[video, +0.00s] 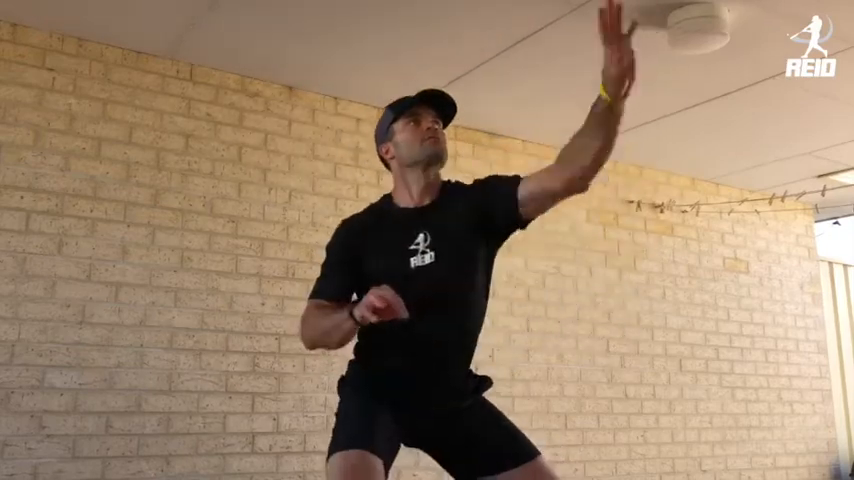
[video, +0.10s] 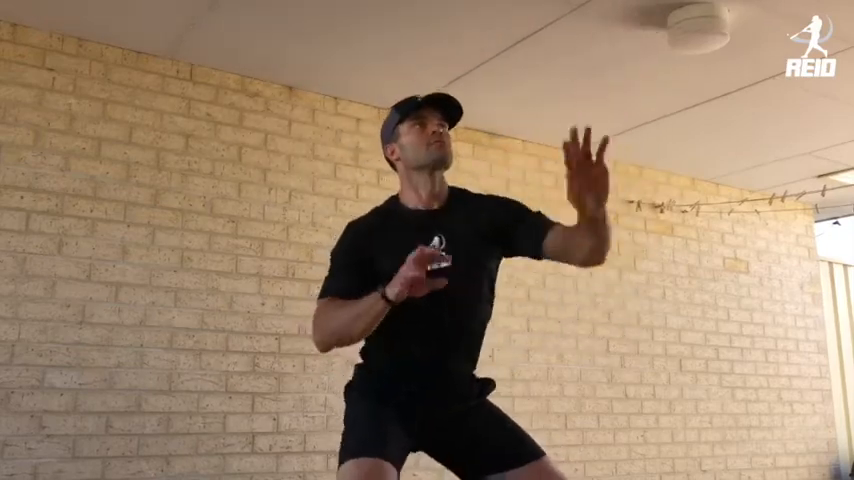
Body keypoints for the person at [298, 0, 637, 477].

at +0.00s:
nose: (432, 124)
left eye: (437, 120)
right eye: (413, 120)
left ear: (446, 142)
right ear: (386, 150)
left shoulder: (480, 205)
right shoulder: (357, 233)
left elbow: (569, 175)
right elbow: (313, 331)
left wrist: (612, 95)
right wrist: (354, 315)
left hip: (452, 395)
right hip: (375, 393)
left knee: (540, 476)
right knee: (354, 473)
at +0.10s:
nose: (438, 129)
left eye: (443, 124)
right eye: (420, 124)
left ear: (451, 143)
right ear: (393, 153)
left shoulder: (489, 216)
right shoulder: (365, 234)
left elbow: (588, 251)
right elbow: (324, 333)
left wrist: (592, 211)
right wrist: (390, 293)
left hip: (456, 398)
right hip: (382, 397)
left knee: (546, 476)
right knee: (366, 475)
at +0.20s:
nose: (444, 142)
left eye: (449, 138)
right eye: (426, 138)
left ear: (458, 156)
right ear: (399, 165)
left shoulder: (493, 232)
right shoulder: (382, 248)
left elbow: (560, 304)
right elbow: (368, 348)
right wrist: (437, 278)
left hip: (466, 407)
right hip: (395, 405)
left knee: (554, 475)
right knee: (385, 473)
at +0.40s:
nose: (480, 194)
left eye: (481, 188)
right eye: (461, 190)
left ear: (490, 202)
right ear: (432, 218)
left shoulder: (491, 285)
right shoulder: (433, 282)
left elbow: (511, 341)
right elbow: (504, 287)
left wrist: (558, 357)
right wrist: (571, 187)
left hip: (475, 448)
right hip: (413, 452)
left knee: (564, 477)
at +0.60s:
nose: (511, 184)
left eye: (512, 178)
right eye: (494, 176)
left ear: (517, 191)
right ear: (461, 198)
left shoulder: (521, 286)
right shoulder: (437, 261)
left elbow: (553, 369)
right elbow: (443, 347)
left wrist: (593, 344)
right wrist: (543, 313)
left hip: (482, 439)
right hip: (414, 438)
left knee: (568, 477)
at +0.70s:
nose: (541, 183)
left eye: (542, 177)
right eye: (525, 175)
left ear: (545, 191)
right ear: (488, 191)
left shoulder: (542, 289)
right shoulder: (446, 247)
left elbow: (578, 369)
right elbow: (420, 339)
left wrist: (658, 362)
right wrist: (505, 368)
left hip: (482, 427)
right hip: (415, 419)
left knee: (569, 476)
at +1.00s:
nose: (655, 235)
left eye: (655, 228)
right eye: (643, 223)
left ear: (638, 248)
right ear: (600, 231)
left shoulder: (626, 331)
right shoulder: (529, 261)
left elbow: (711, 394)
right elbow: (441, 303)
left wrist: (818, 425)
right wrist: (421, 363)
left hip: (495, 420)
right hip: (438, 387)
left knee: (576, 477)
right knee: (403, 471)